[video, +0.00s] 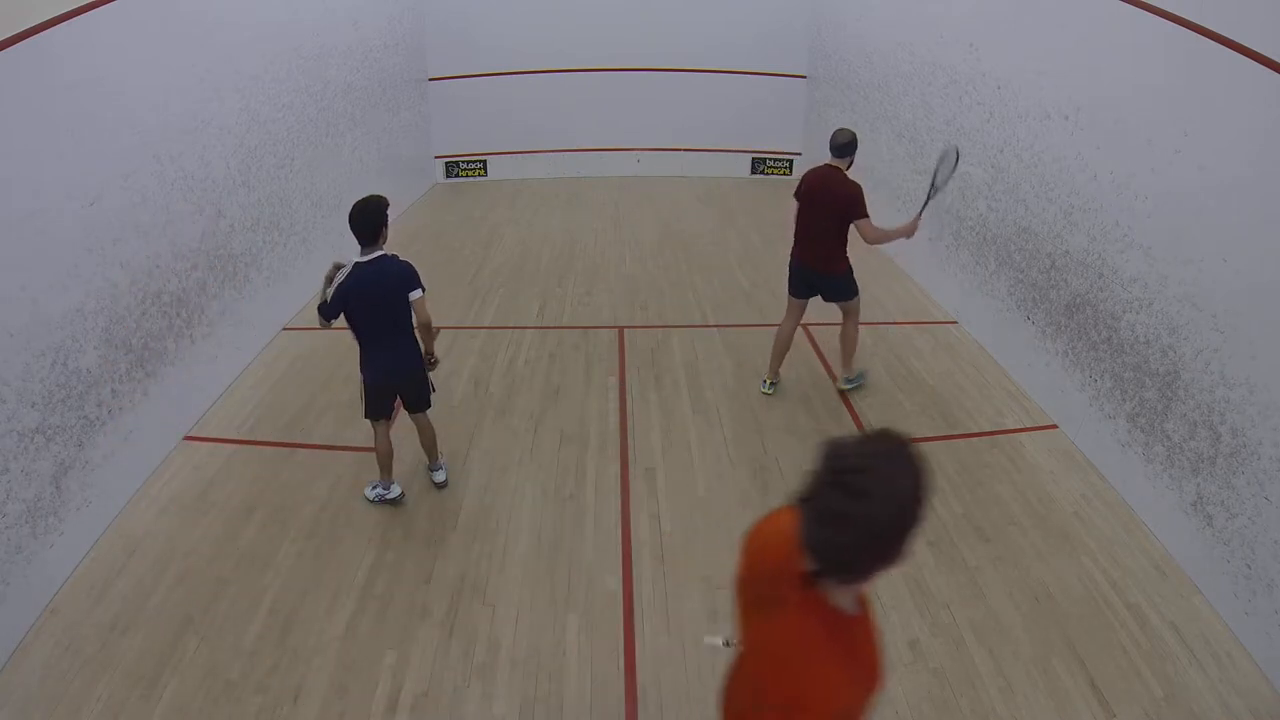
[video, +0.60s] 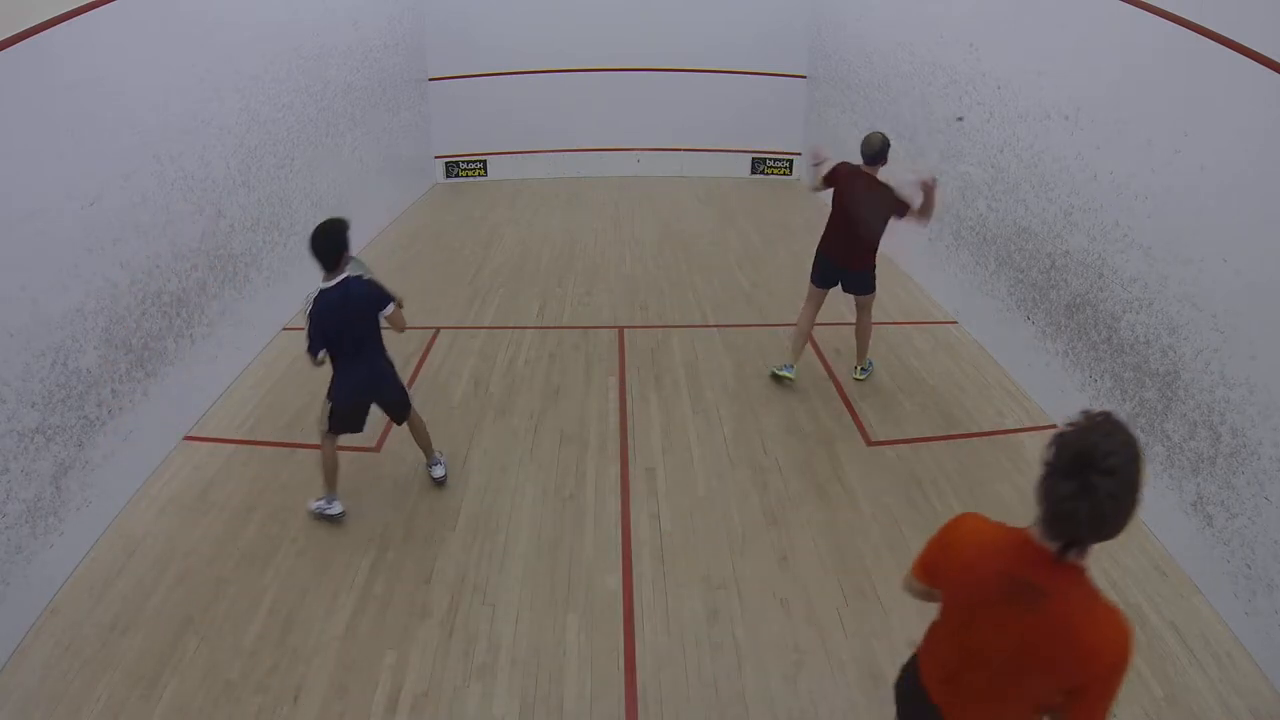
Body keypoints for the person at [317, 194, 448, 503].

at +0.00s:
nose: (389, 226)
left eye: (387, 221)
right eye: (387, 222)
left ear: (354, 233)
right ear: (383, 229)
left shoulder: (347, 280)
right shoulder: (402, 268)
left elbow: (325, 319)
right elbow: (423, 320)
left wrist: (326, 286)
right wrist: (429, 350)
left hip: (374, 370)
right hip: (408, 362)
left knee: (380, 428)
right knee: (420, 417)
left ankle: (387, 486)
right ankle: (436, 468)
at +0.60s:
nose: (349, 250)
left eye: (346, 246)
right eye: (347, 247)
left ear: (316, 258)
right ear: (344, 254)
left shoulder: (318, 305)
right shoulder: (365, 287)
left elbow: (315, 356)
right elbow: (399, 325)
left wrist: (334, 335)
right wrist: (394, 304)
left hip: (347, 384)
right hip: (381, 374)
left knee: (329, 436)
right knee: (410, 416)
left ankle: (331, 500)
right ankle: (434, 464)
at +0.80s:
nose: (303, 266)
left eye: (299, 262)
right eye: (300, 262)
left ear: (270, 276)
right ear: (297, 270)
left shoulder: (271, 322)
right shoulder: (318, 305)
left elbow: (263, 376)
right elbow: (357, 344)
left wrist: (281, 351)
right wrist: (351, 323)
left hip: (307, 403)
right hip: (340, 390)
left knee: (293, 448)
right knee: (381, 428)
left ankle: (321, 505)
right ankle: (423, 463)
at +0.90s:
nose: (281, 258)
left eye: (277, 253)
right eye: (278, 254)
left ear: (247, 267)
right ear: (274, 261)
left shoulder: (247, 316)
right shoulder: (298, 298)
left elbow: (240, 370)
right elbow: (336, 337)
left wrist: (250, 345)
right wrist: (321, 321)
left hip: (282, 401)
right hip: (315, 387)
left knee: (299, 452)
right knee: (346, 434)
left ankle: (320, 504)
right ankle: (377, 481)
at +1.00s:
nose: (263, 251)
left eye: (259, 246)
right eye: (260, 247)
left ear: (227, 260)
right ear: (256, 253)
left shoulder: (229, 306)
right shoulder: (279, 289)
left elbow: (223, 365)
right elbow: (316, 333)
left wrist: (238, 358)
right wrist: (290, 325)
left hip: (263, 397)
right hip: (296, 383)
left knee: (287, 458)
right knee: (313, 444)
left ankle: (304, 514)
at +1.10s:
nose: (247, 267)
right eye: (245, 263)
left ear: (211, 277)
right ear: (244, 268)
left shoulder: (216, 324)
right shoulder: (267, 306)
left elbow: (211, 383)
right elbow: (302, 350)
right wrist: (274, 342)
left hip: (252, 419)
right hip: (286, 406)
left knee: (268, 485)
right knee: (292, 465)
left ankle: (278, 554)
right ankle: (304, 520)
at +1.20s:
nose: (236, 296)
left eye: (226, 293)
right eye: (234, 291)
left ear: (201, 307)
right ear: (233, 298)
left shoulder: (208, 355)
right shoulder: (259, 337)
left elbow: (209, 415)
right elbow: (291, 380)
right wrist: (260, 373)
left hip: (245, 451)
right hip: (279, 437)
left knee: (244, 525)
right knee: (287, 478)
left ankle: (259, 603)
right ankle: (304, 526)